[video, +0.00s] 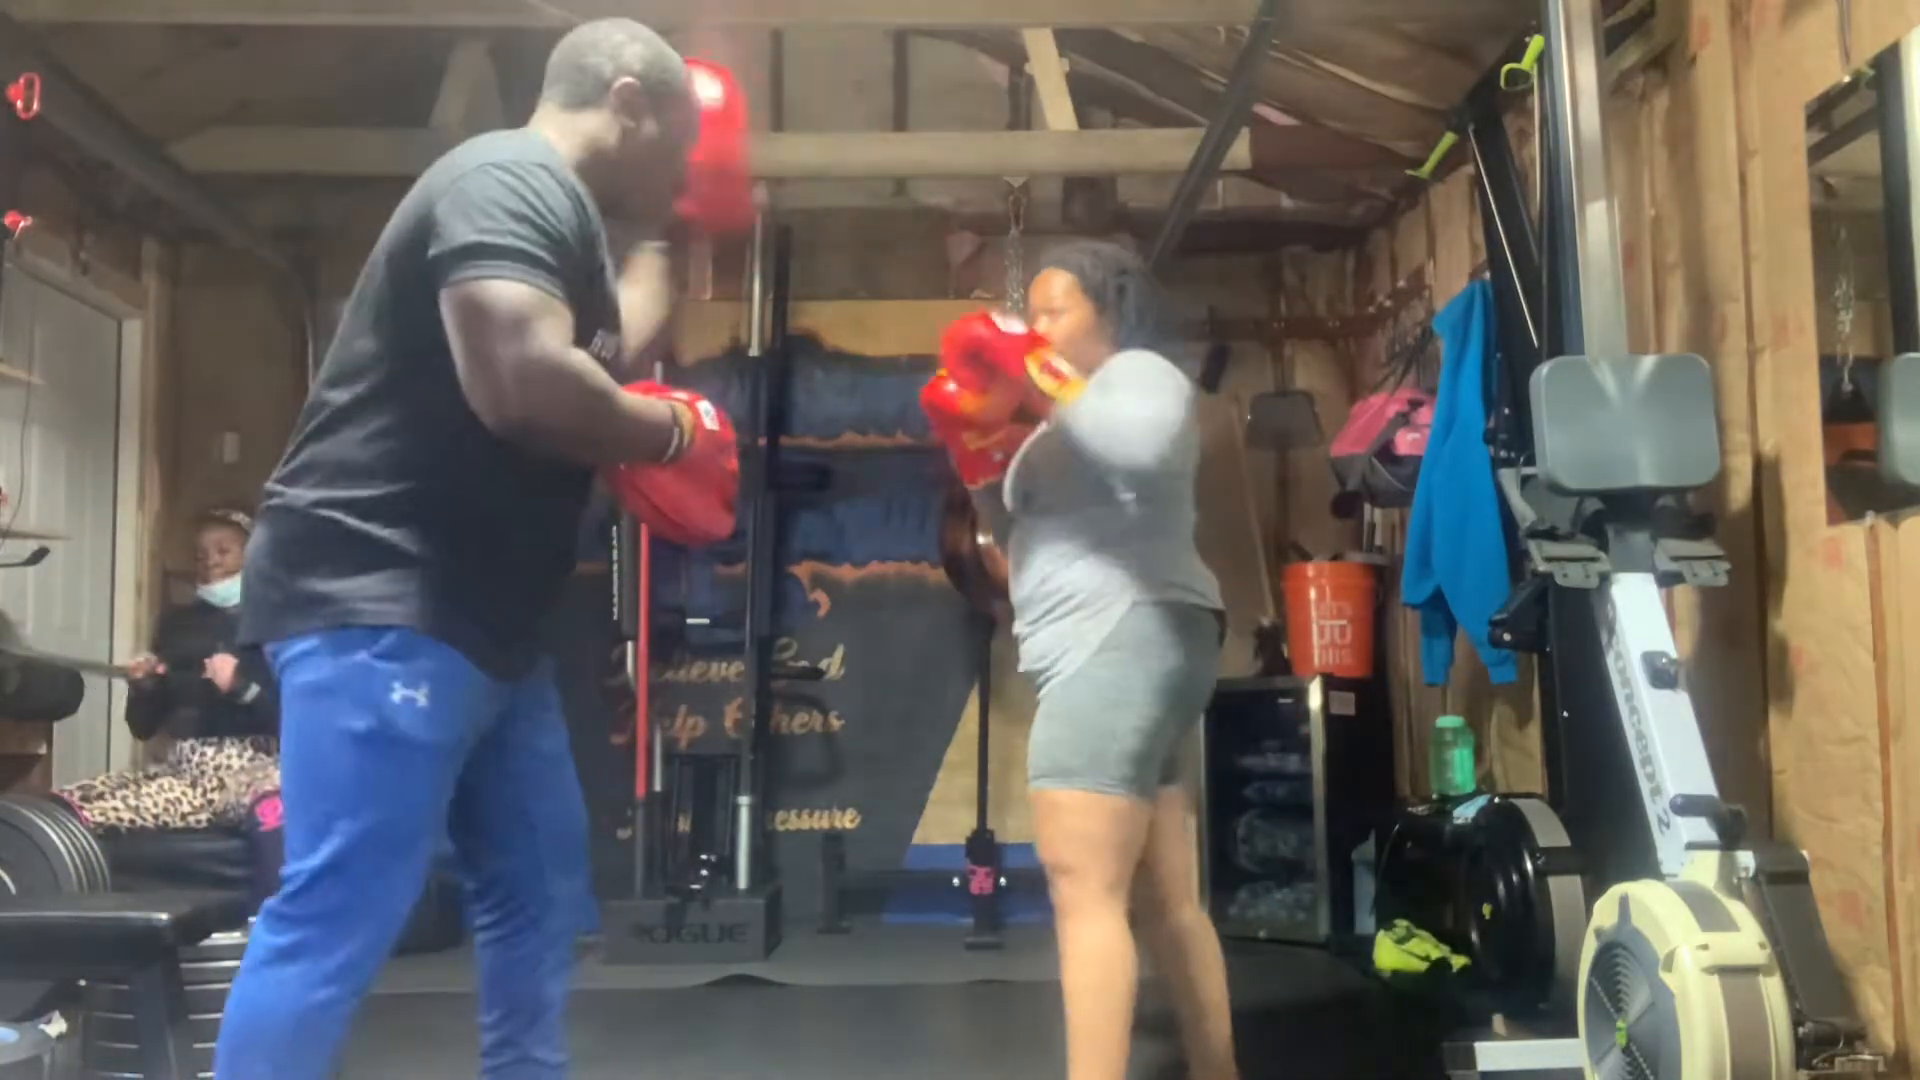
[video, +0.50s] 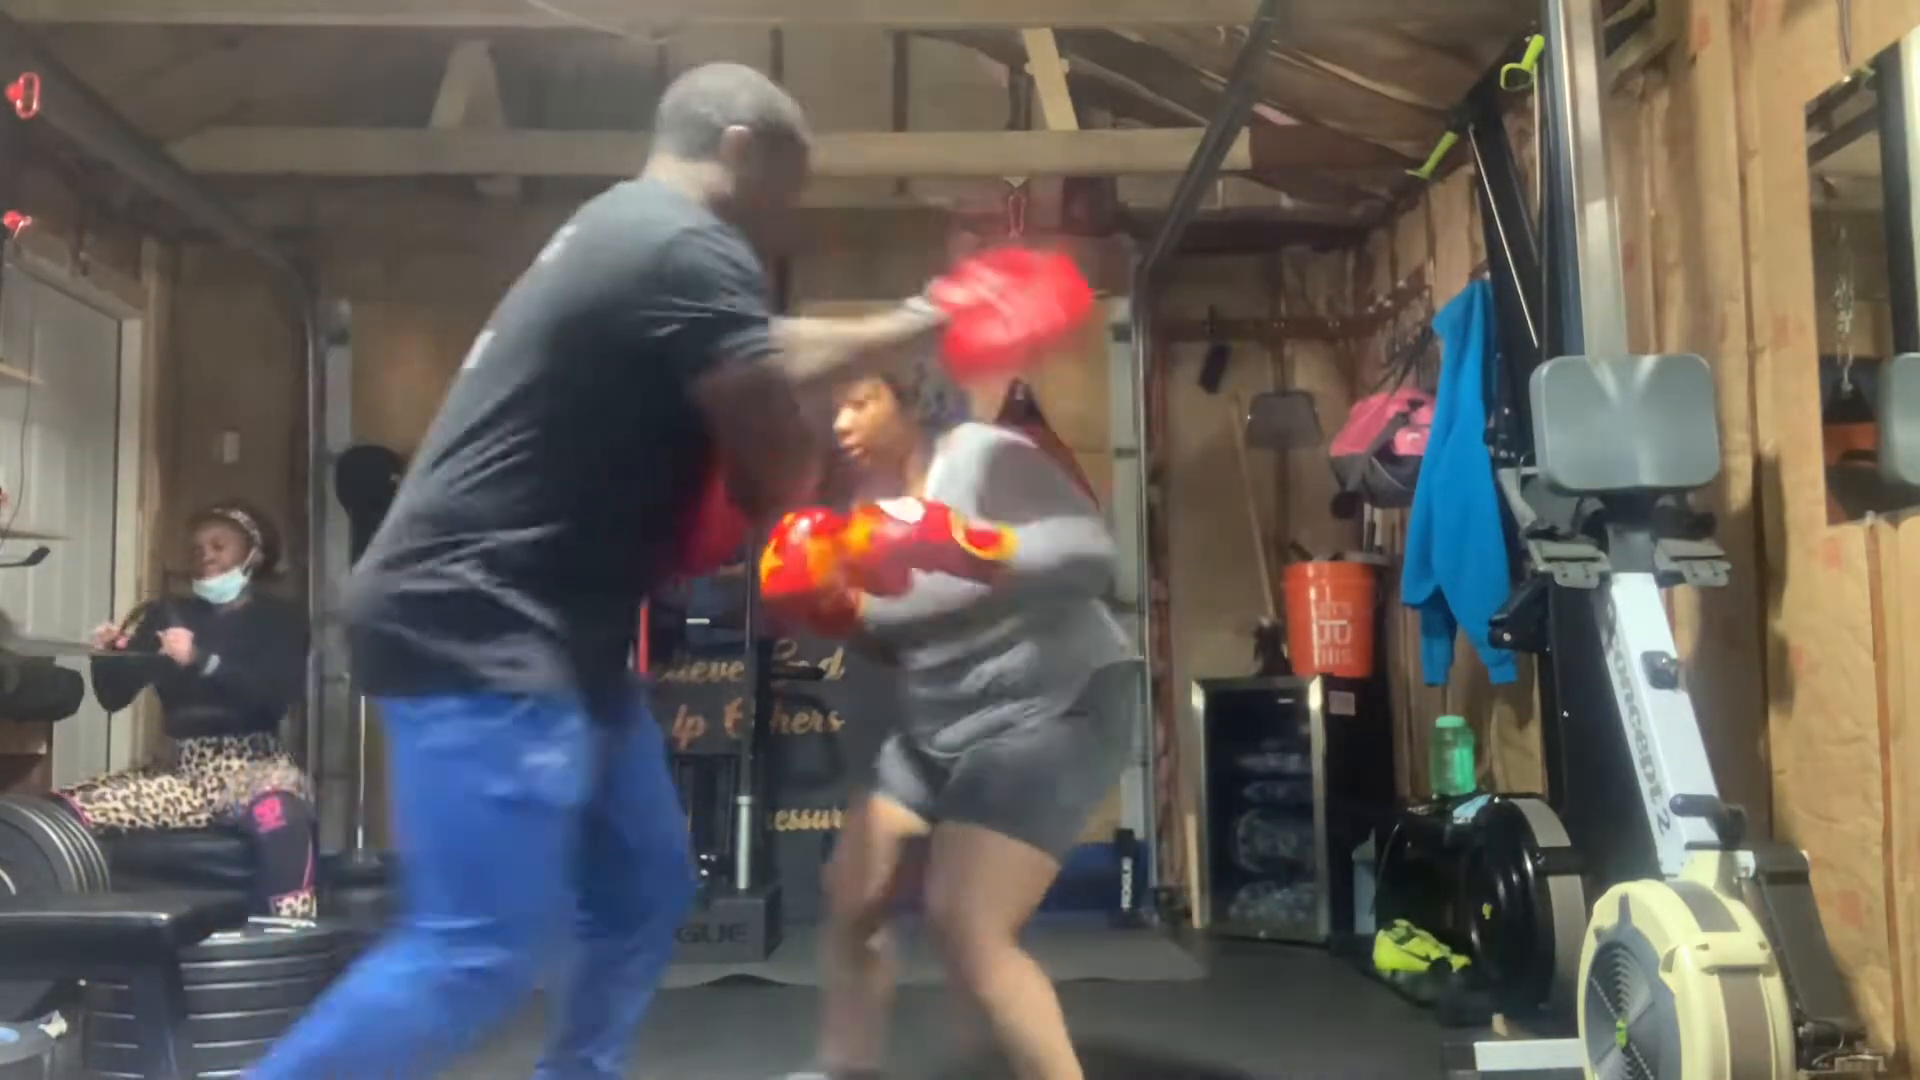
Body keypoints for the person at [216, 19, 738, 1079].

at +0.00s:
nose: (684, 169)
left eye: (691, 143)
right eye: (684, 137)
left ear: (609, 105)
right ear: (629, 100)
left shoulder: (564, 222)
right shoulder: (506, 176)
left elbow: (607, 367)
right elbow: (518, 381)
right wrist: (665, 428)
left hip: (487, 621)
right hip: (379, 602)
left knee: (538, 904)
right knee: (335, 920)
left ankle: (524, 1073)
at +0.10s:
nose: (683, 173)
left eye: (689, 147)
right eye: (682, 140)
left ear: (603, 108)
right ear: (624, 101)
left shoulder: (568, 226)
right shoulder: (501, 176)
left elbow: (672, 320)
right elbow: (520, 378)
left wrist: (797, 283)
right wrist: (674, 425)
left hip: (474, 620)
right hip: (377, 600)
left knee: (528, 904)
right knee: (333, 917)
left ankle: (519, 1073)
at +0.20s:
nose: (674, 179)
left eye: (679, 154)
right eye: (673, 147)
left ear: (597, 112)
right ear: (616, 110)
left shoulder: (556, 229)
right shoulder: (495, 190)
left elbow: (598, 363)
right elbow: (524, 394)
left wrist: (723, 311)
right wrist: (669, 456)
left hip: (478, 639)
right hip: (367, 622)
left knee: (561, 868)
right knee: (285, 929)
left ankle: (534, 1071)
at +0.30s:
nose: (676, 209)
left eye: (683, 182)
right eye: (677, 175)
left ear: (585, 130)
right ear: (626, 132)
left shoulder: (557, 247)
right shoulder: (516, 220)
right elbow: (567, 438)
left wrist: (652, 410)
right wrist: (670, 501)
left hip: (488, 658)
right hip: (380, 644)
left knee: (607, 859)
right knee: (270, 949)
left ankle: (557, 1069)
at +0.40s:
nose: (724, 210)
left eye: (729, 186)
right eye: (723, 180)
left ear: (611, 141)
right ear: (670, 144)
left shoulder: (545, 233)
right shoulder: (593, 244)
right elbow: (701, 488)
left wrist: (713, 370)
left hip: (511, 656)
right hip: (421, 645)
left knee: (625, 864)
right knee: (295, 949)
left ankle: (574, 1071)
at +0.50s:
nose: (795, 210)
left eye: (799, 185)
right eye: (792, 180)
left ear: (694, 147)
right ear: (741, 149)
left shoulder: (640, 228)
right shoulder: (684, 243)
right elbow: (780, 471)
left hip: (569, 629)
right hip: (477, 618)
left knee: (643, 885)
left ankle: (579, 1069)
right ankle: (269, 1078)